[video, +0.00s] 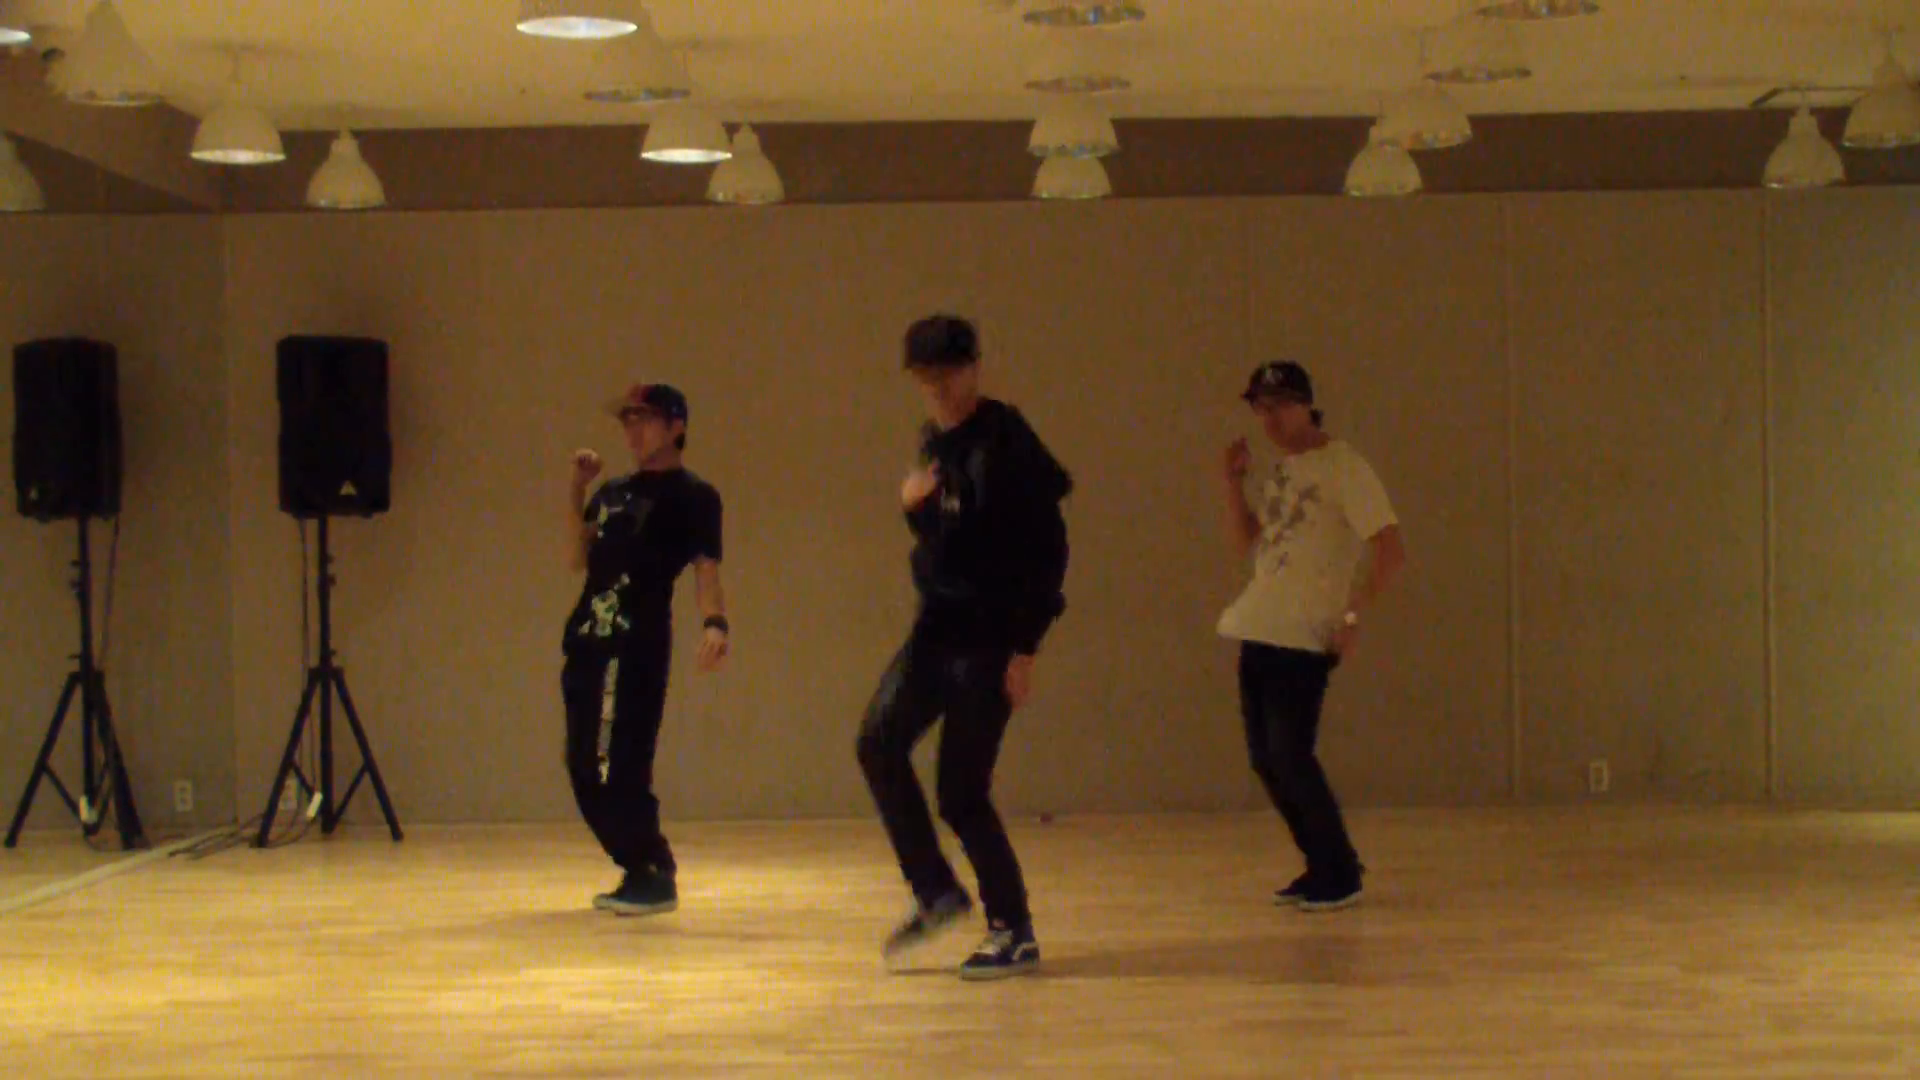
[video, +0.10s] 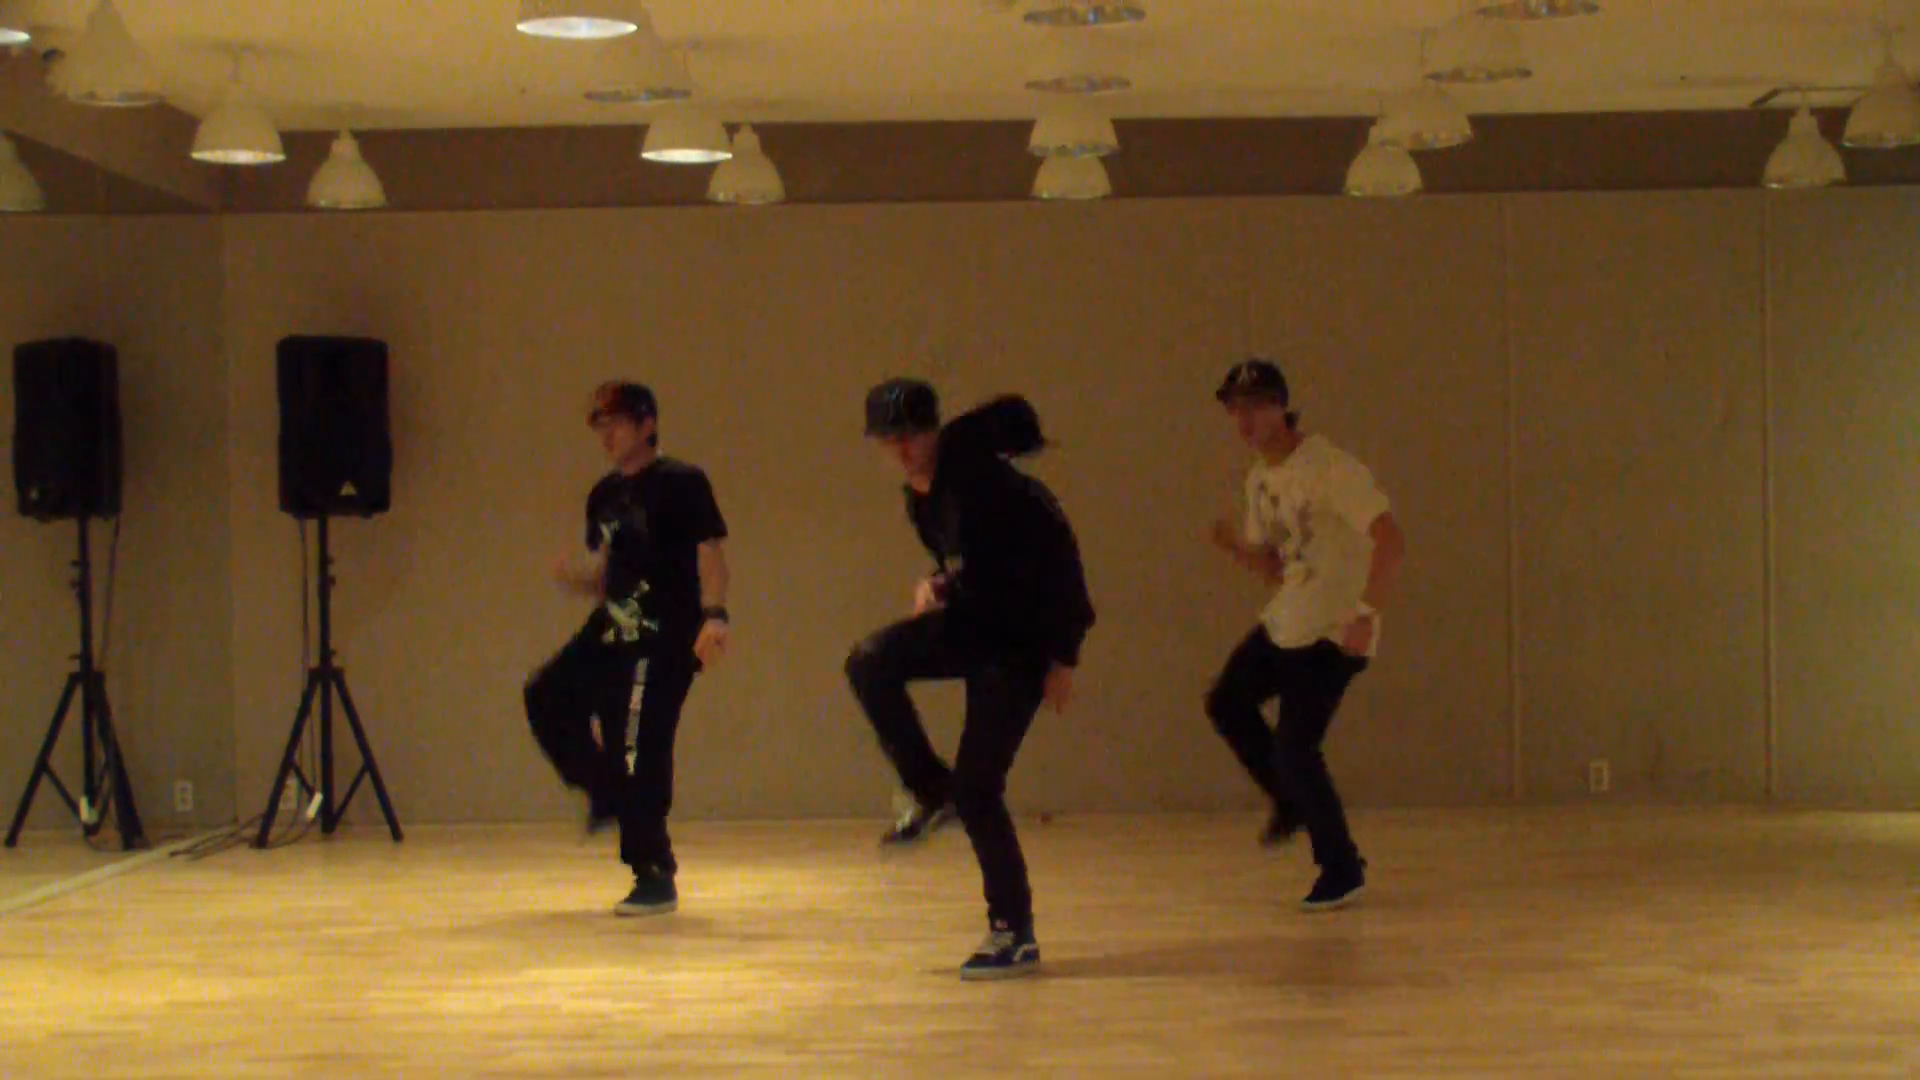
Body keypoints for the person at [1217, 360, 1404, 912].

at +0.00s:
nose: (1268, 421)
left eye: (1276, 409)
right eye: (1261, 412)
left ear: (1304, 407)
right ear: (1262, 415)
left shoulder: (1344, 465)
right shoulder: (1277, 470)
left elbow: (1389, 548)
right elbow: (1246, 542)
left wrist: (1354, 614)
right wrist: (1234, 482)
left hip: (1306, 637)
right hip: (1260, 633)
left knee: (1290, 756)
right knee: (1266, 758)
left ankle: (1338, 869)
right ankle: (1321, 865)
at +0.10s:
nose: (1241, 423)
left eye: (1250, 410)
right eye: (1234, 412)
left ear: (1279, 409)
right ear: (1232, 417)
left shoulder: (1331, 466)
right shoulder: (1260, 478)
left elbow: (1389, 539)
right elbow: (1276, 565)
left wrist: (1368, 612)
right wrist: (1236, 548)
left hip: (1336, 628)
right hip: (1286, 619)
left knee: (1295, 745)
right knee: (1228, 703)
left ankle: (1341, 865)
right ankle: (1288, 799)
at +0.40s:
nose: (1247, 457)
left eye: (1256, 443)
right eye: (1240, 447)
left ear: (1287, 441)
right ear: (1239, 451)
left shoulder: (1334, 487)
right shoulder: (1284, 502)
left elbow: (1398, 537)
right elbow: (1265, 577)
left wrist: (1405, 623)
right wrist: (1258, 565)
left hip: (1364, 653)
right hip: (1317, 630)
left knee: (1303, 754)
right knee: (1226, 664)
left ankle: (1331, 874)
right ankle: (1208, 764)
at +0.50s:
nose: (1256, 449)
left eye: (1265, 435)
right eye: (1250, 439)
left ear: (1296, 433)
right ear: (1250, 444)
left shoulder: (1353, 471)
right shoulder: (1290, 510)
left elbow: (1428, 519)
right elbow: (1235, 543)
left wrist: (1433, 598)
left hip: (1381, 649)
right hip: (1328, 637)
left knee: (1317, 755)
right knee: (1251, 706)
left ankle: (1333, 876)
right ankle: (1178, 774)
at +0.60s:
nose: (1274, 451)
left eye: (1282, 436)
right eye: (1267, 441)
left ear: (1311, 432)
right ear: (1265, 447)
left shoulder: (1368, 471)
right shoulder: (1289, 515)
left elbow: (1449, 524)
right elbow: (1227, 541)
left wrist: (1451, 601)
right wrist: (1158, 527)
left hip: (1388, 647)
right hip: (1335, 640)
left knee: (1319, 752)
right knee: (1280, 722)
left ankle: (1334, 875)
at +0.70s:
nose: (1285, 450)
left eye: (1294, 436)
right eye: (1278, 440)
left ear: (1323, 432)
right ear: (1278, 446)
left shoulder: (1375, 472)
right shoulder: (1301, 514)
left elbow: (1451, 526)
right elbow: (1244, 546)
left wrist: (1453, 608)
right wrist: (1176, 549)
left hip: (1395, 647)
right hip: (1342, 648)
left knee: (1326, 751)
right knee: (1319, 753)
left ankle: (1335, 877)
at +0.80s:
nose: (1295, 444)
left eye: (1304, 431)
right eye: (1288, 435)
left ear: (1334, 430)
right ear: (1285, 442)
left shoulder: (1382, 474)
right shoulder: (1312, 512)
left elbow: (1458, 531)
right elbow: (1255, 555)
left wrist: (1455, 615)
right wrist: (1204, 591)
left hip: (1414, 649)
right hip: (1372, 654)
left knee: (1341, 751)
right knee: (1373, 768)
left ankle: (1342, 874)